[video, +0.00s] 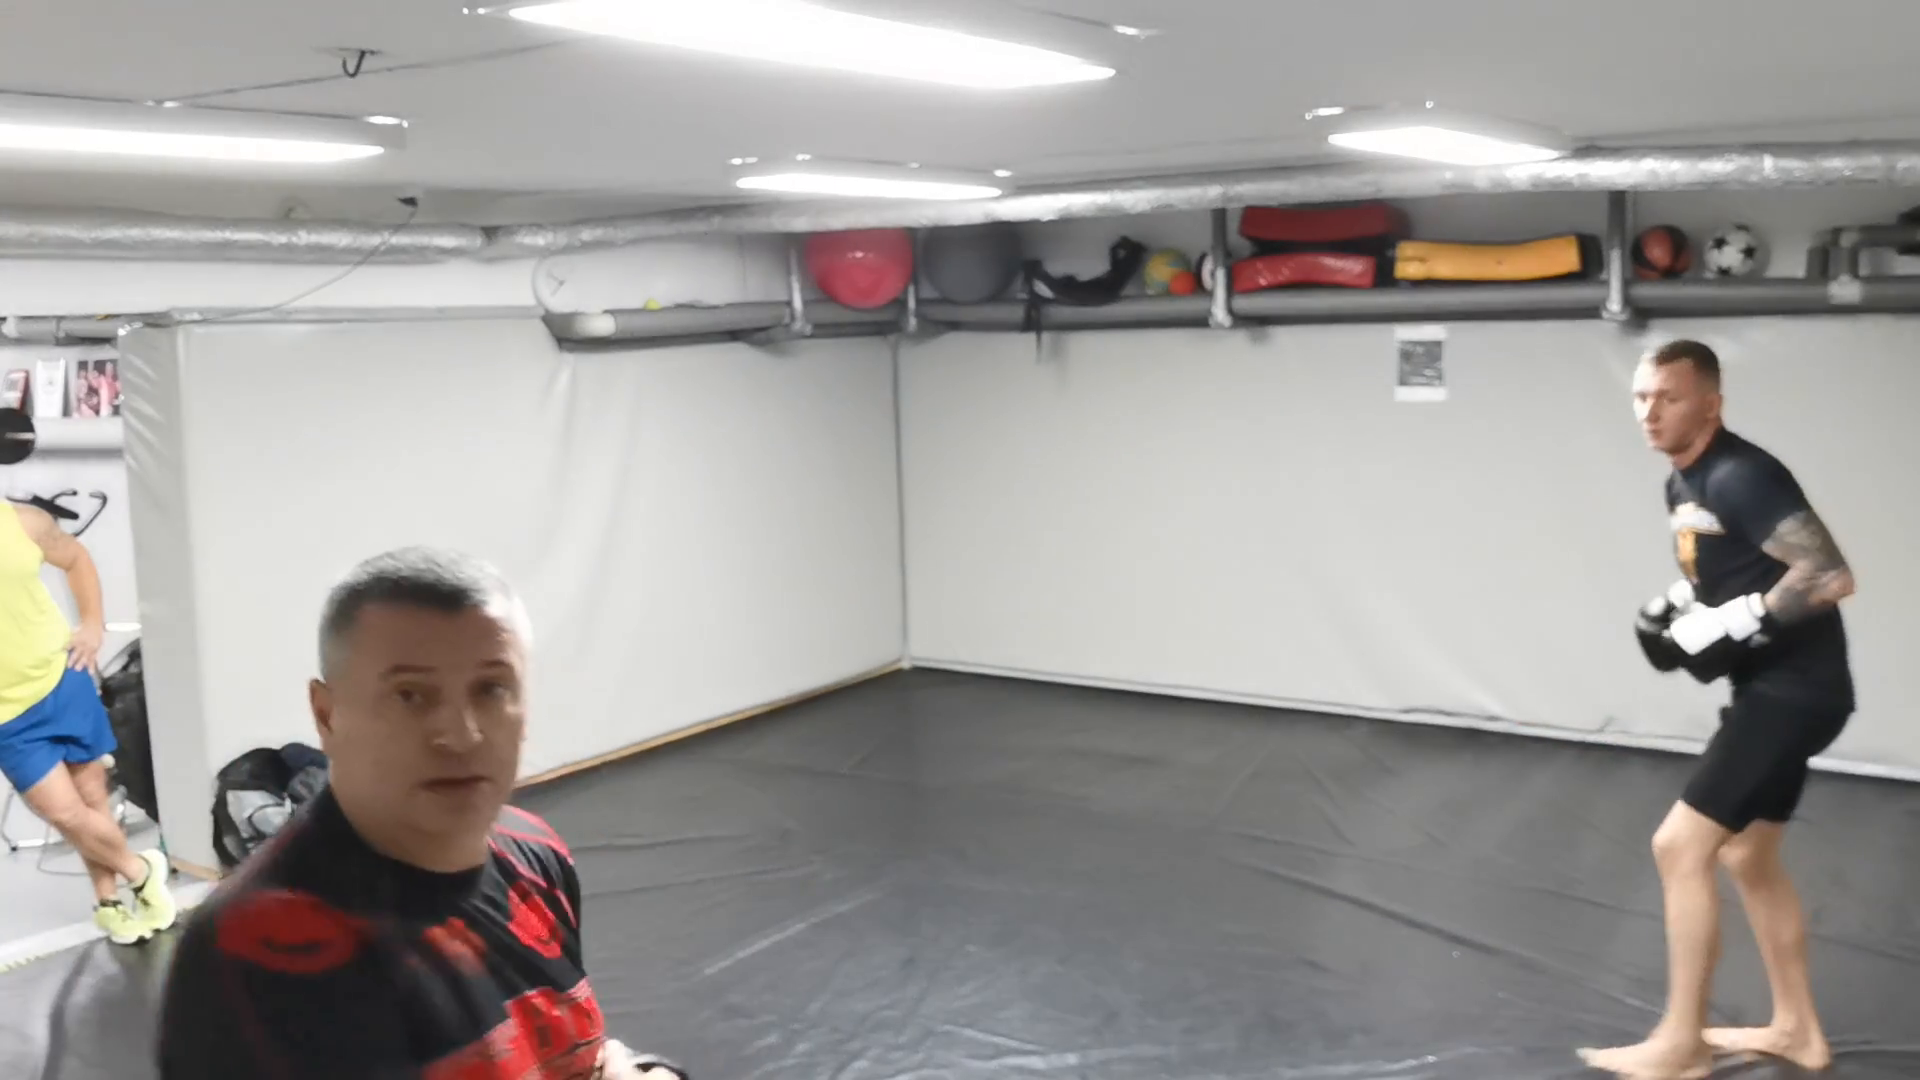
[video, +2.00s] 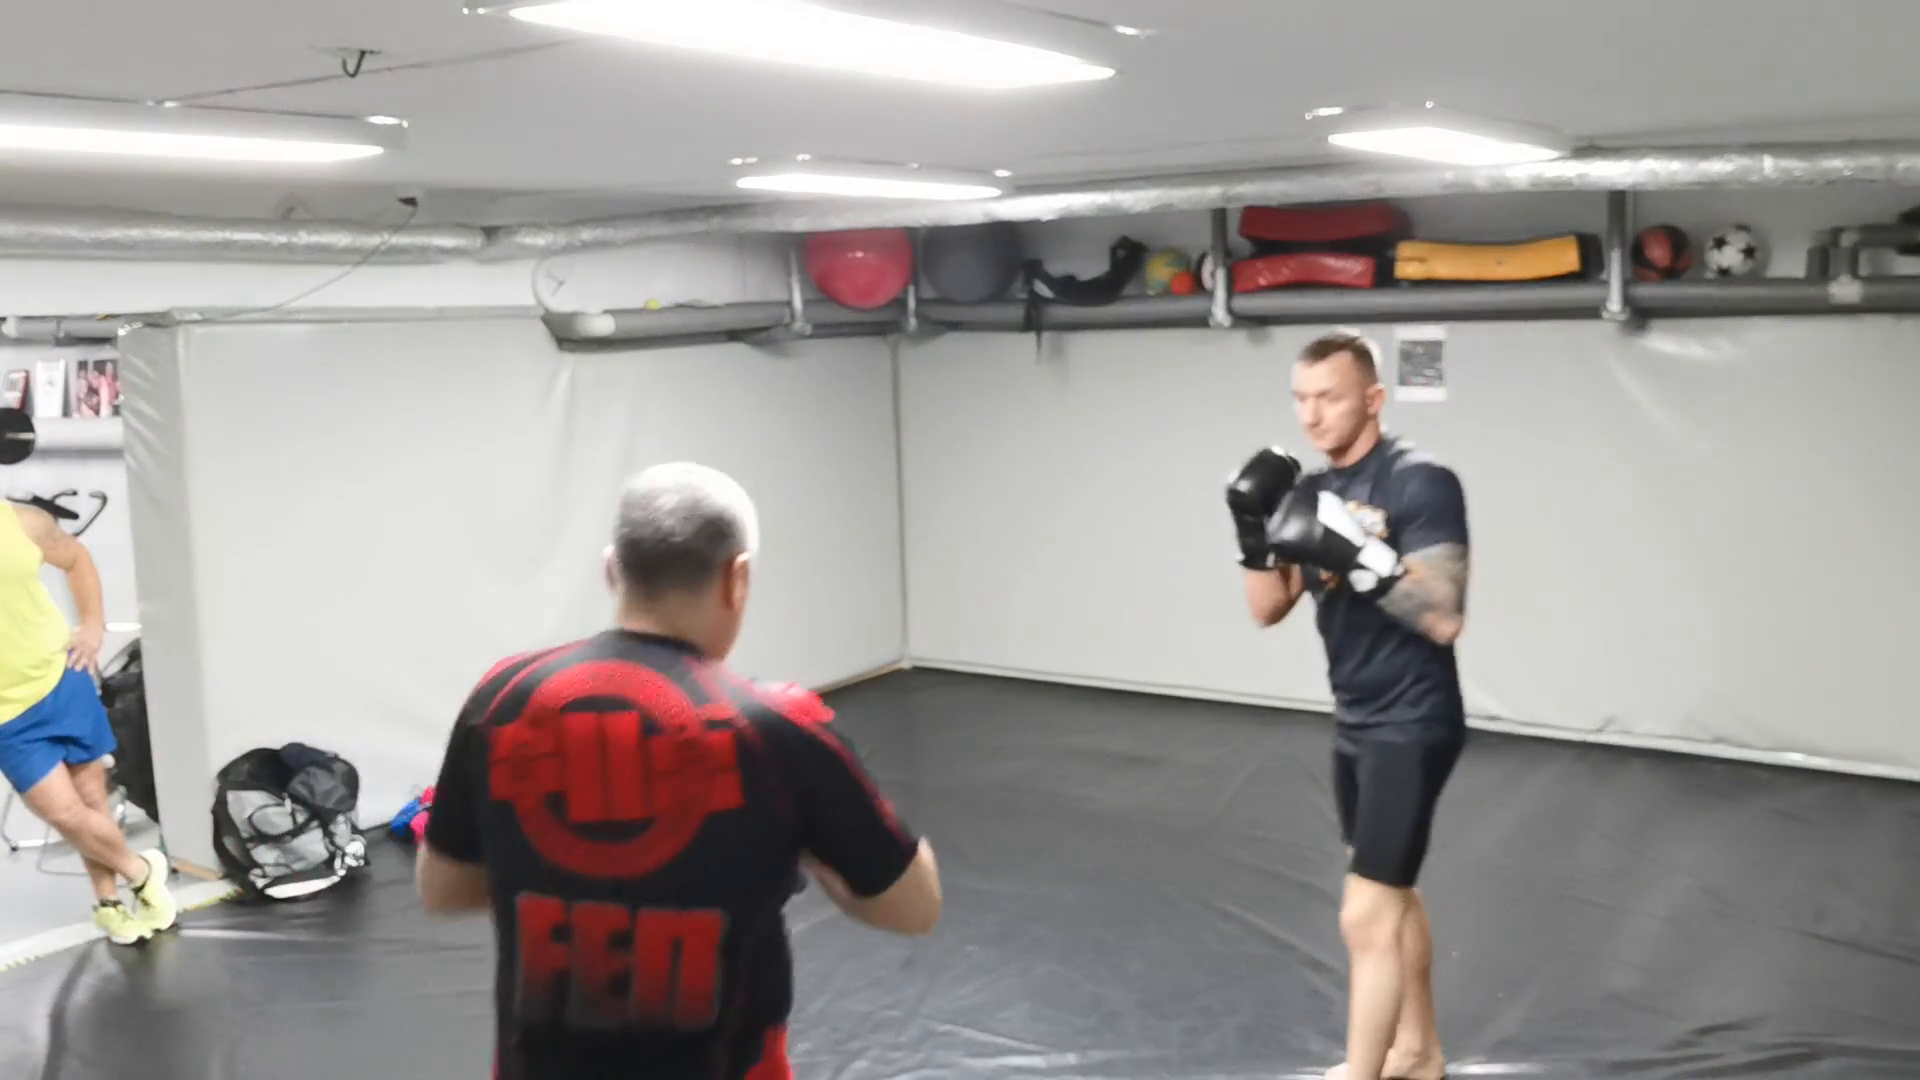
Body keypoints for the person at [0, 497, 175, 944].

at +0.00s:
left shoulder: (20, 521)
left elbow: (76, 558)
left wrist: (92, 623)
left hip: (62, 682)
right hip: (8, 715)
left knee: (92, 797)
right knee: (65, 815)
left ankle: (108, 901)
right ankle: (142, 872)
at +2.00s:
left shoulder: (20, 522)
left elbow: (76, 557)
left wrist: (92, 623)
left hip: (62, 683)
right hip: (7, 715)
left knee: (91, 798)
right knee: (65, 816)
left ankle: (107, 901)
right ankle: (142, 872)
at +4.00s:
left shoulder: (21, 522)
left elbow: (77, 558)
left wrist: (92, 623)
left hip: (61, 681)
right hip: (7, 714)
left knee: (91, 796)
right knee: (64, 816)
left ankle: (107, 901)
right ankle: (141, 872)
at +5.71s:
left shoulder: (22, 523)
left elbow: (76, 558)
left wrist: (93, 623)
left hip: (62, 681)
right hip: (8, 717)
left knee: (93, 797)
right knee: (66, 818)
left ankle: (110, 899)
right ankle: (155, 863)